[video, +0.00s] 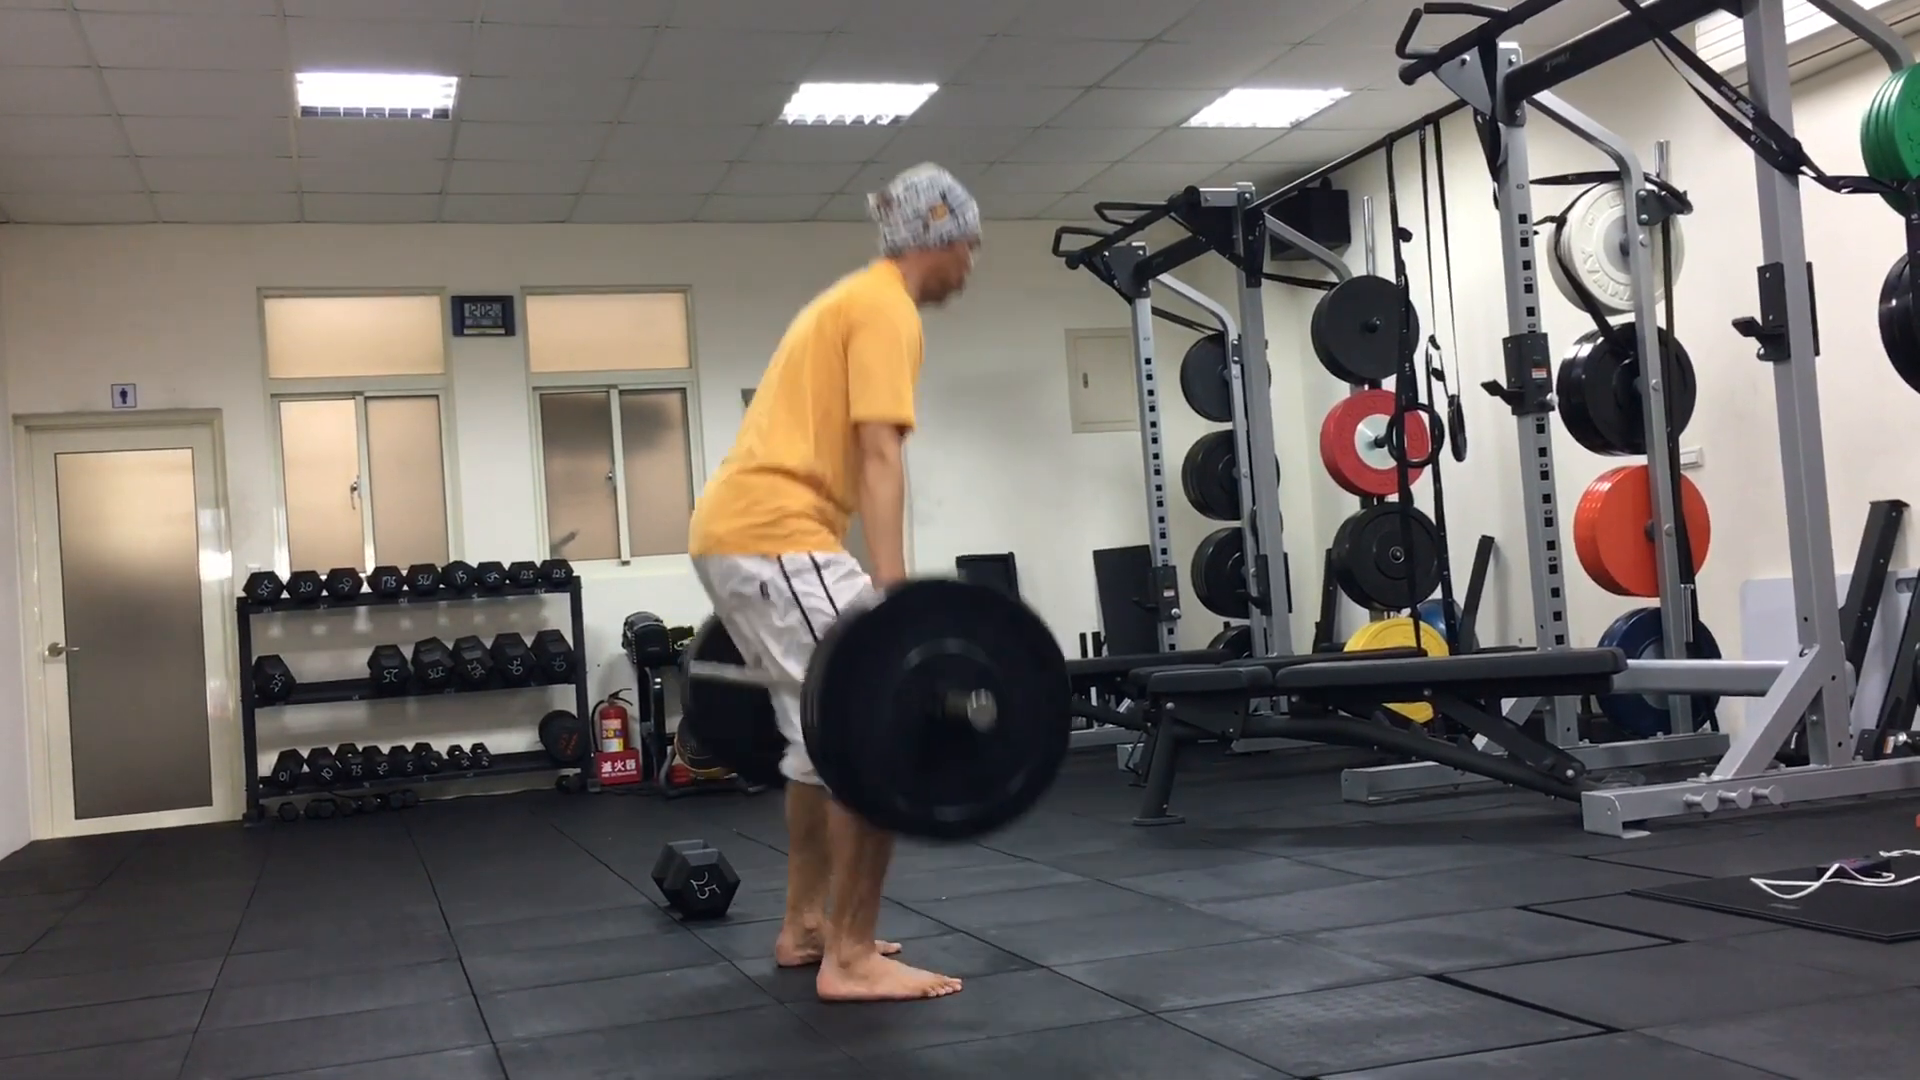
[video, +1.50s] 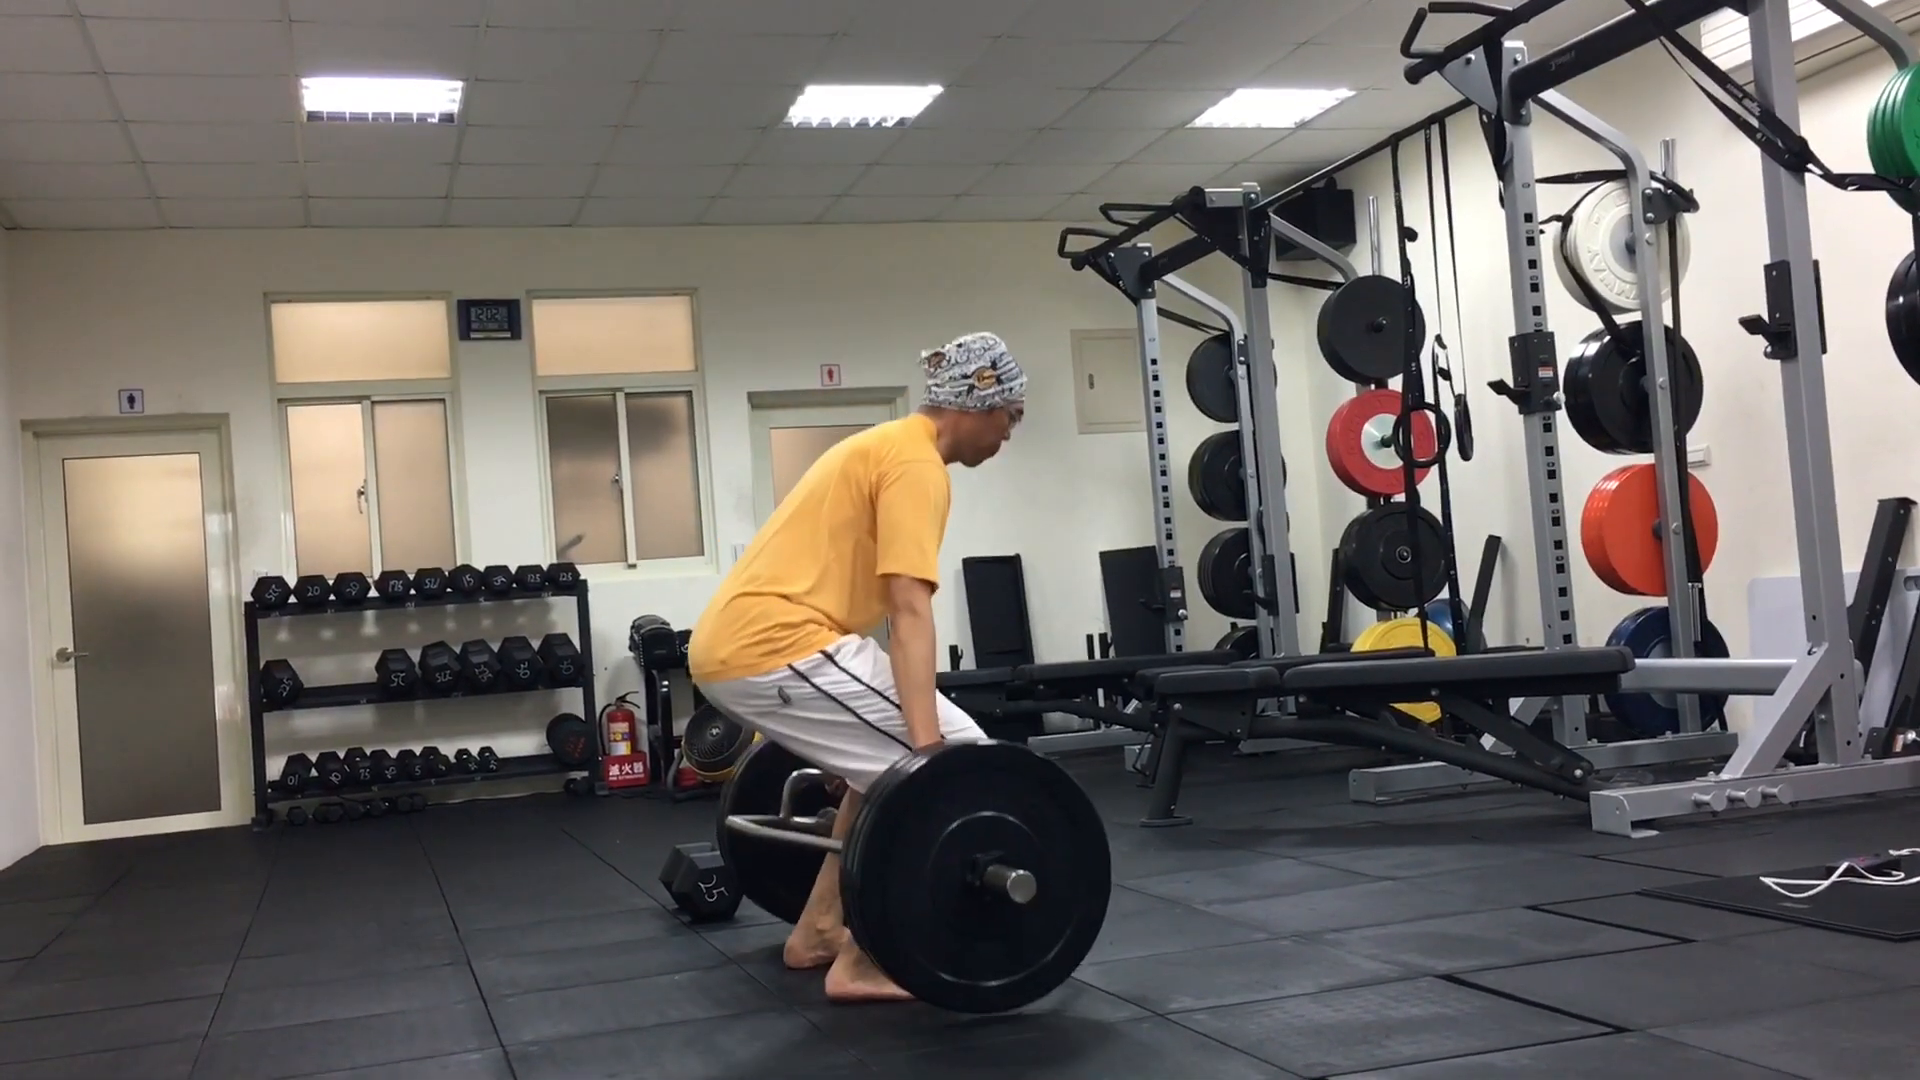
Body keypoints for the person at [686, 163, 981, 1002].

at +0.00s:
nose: (970, 269)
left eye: (972, 252)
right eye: (969, 250)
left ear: (906, 235)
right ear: (941, 240)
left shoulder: (846, 301)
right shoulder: (882, 306)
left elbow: (837, 457)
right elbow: (878, 455)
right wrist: (896, 598)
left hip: (735, 532)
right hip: (779, 533)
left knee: (818, 724)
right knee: (873, 718)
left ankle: (806, 922)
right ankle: (852, 954)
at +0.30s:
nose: (920, 201)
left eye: (921, 185)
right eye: (916, 184)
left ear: (853, 175)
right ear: (880, 174)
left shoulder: (801, 249)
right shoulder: (842, 245)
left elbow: (797, 401)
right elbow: (852, 383)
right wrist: (887, 520)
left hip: (779, 521)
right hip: (826, 523)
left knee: (786, 737)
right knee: (829, 740)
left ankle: (802, 930)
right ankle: (849, 959)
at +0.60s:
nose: (936, 222)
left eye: (939, 206)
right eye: (935, 204)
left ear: (866, 188)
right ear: (906, 192)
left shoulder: (815, 259)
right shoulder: (855, 257)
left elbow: (787, 412)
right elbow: (861, 397)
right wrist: (890, 533)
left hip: (766, 528)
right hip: (817, 527)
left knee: (799, 738)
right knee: (845, 739)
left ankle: (806, 931)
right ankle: (852, 961)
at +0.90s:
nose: (967, 328)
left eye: (972, 311)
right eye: (968, 309)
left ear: (910, 289)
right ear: (935, 293)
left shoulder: (842, 344)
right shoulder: (878, 350)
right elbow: (885, 500)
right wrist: (907, 643)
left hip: (727, 570)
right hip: (767, 571)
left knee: (849, 740)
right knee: (893, 734)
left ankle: (814, 933)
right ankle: (860, 965)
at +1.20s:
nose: (1001, 436)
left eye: (1007, 421)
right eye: (1001, 416)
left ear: (944, 399)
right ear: (964, 401)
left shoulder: (878, 441)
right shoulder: (905, 452)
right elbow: (905, 609)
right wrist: (926, 752)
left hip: (728, 635)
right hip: (764, 635)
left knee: (890, 749)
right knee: (945, 755)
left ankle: (819, 930)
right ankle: (862, 964)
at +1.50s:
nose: (1008, 436)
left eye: (1013, 421)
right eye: (1008, 418)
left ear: (947, 403)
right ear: (971, 405)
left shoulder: (879, 448)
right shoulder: (914, 459)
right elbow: (909, 608)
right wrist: (927, 745)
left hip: (733, 643)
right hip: (778, 644)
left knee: (894, 753)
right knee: (956, 759)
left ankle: (818, 929)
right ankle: (864, 961)